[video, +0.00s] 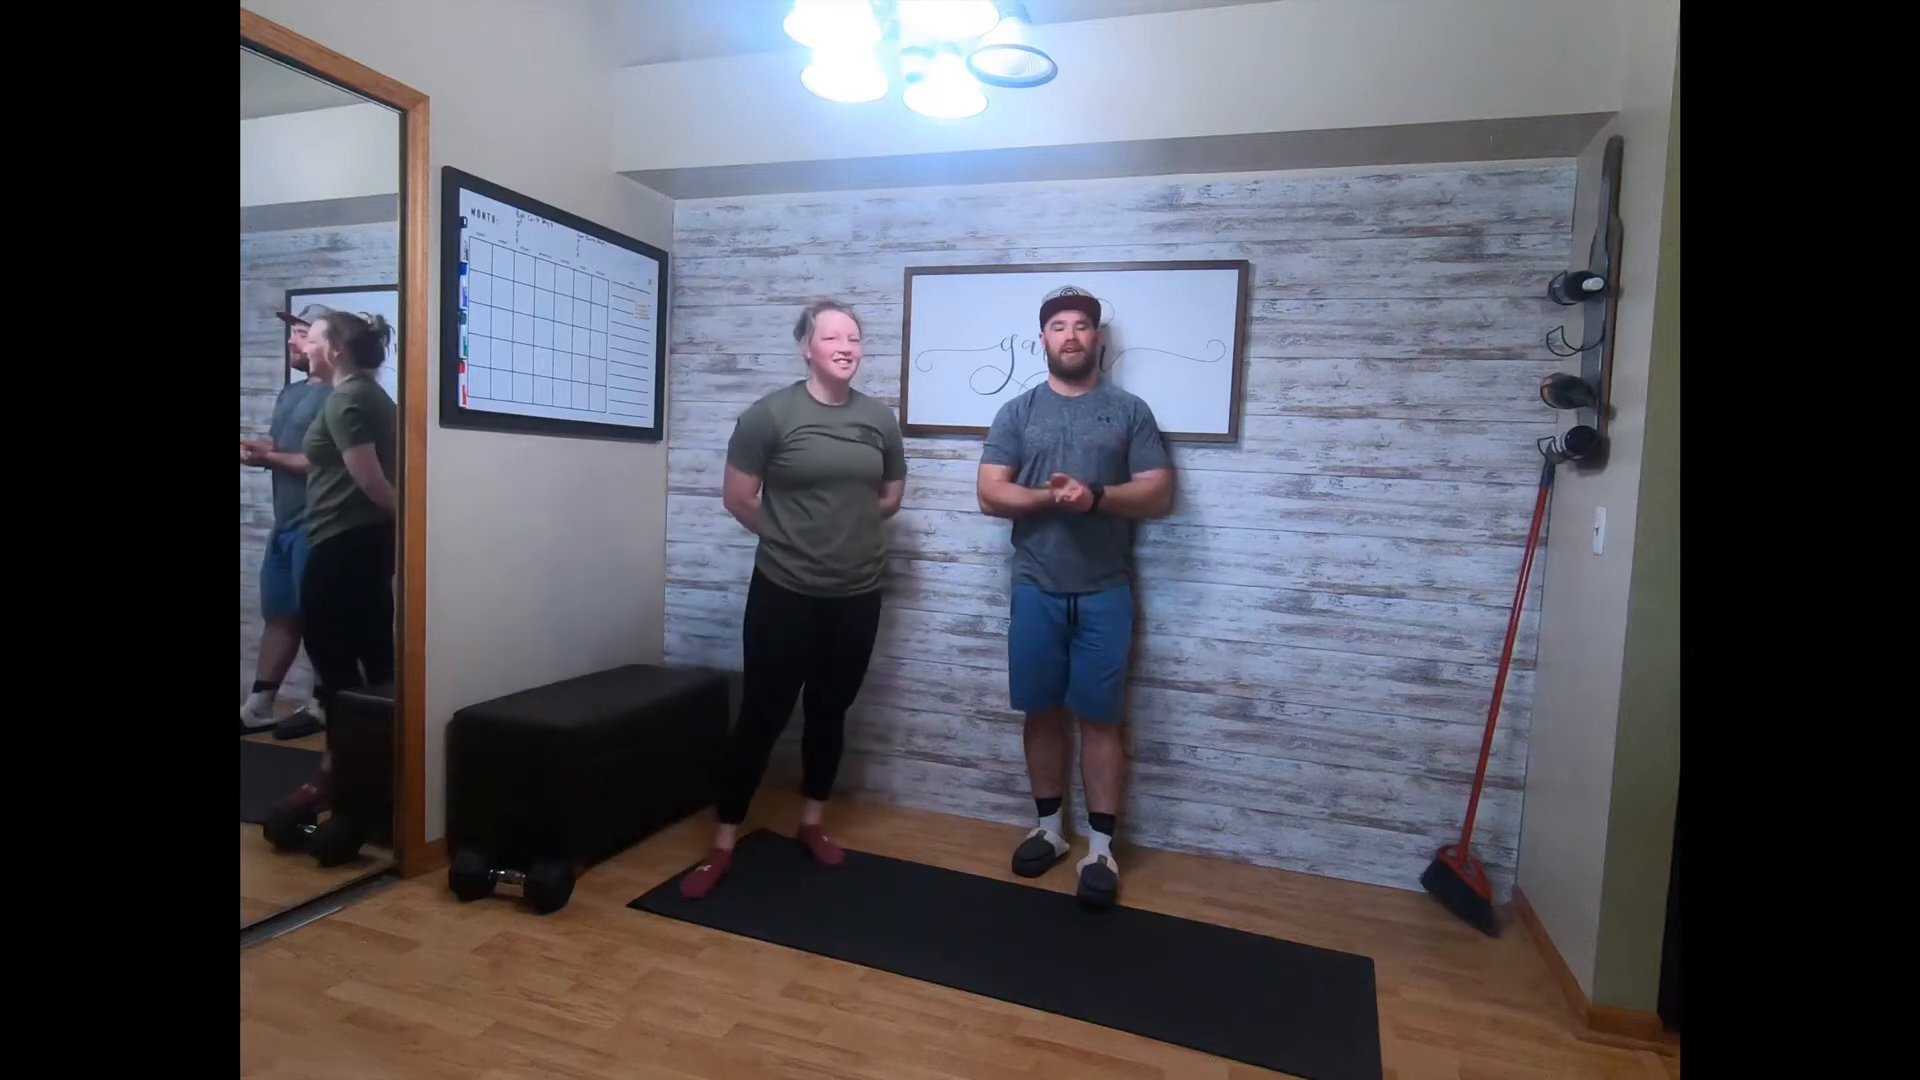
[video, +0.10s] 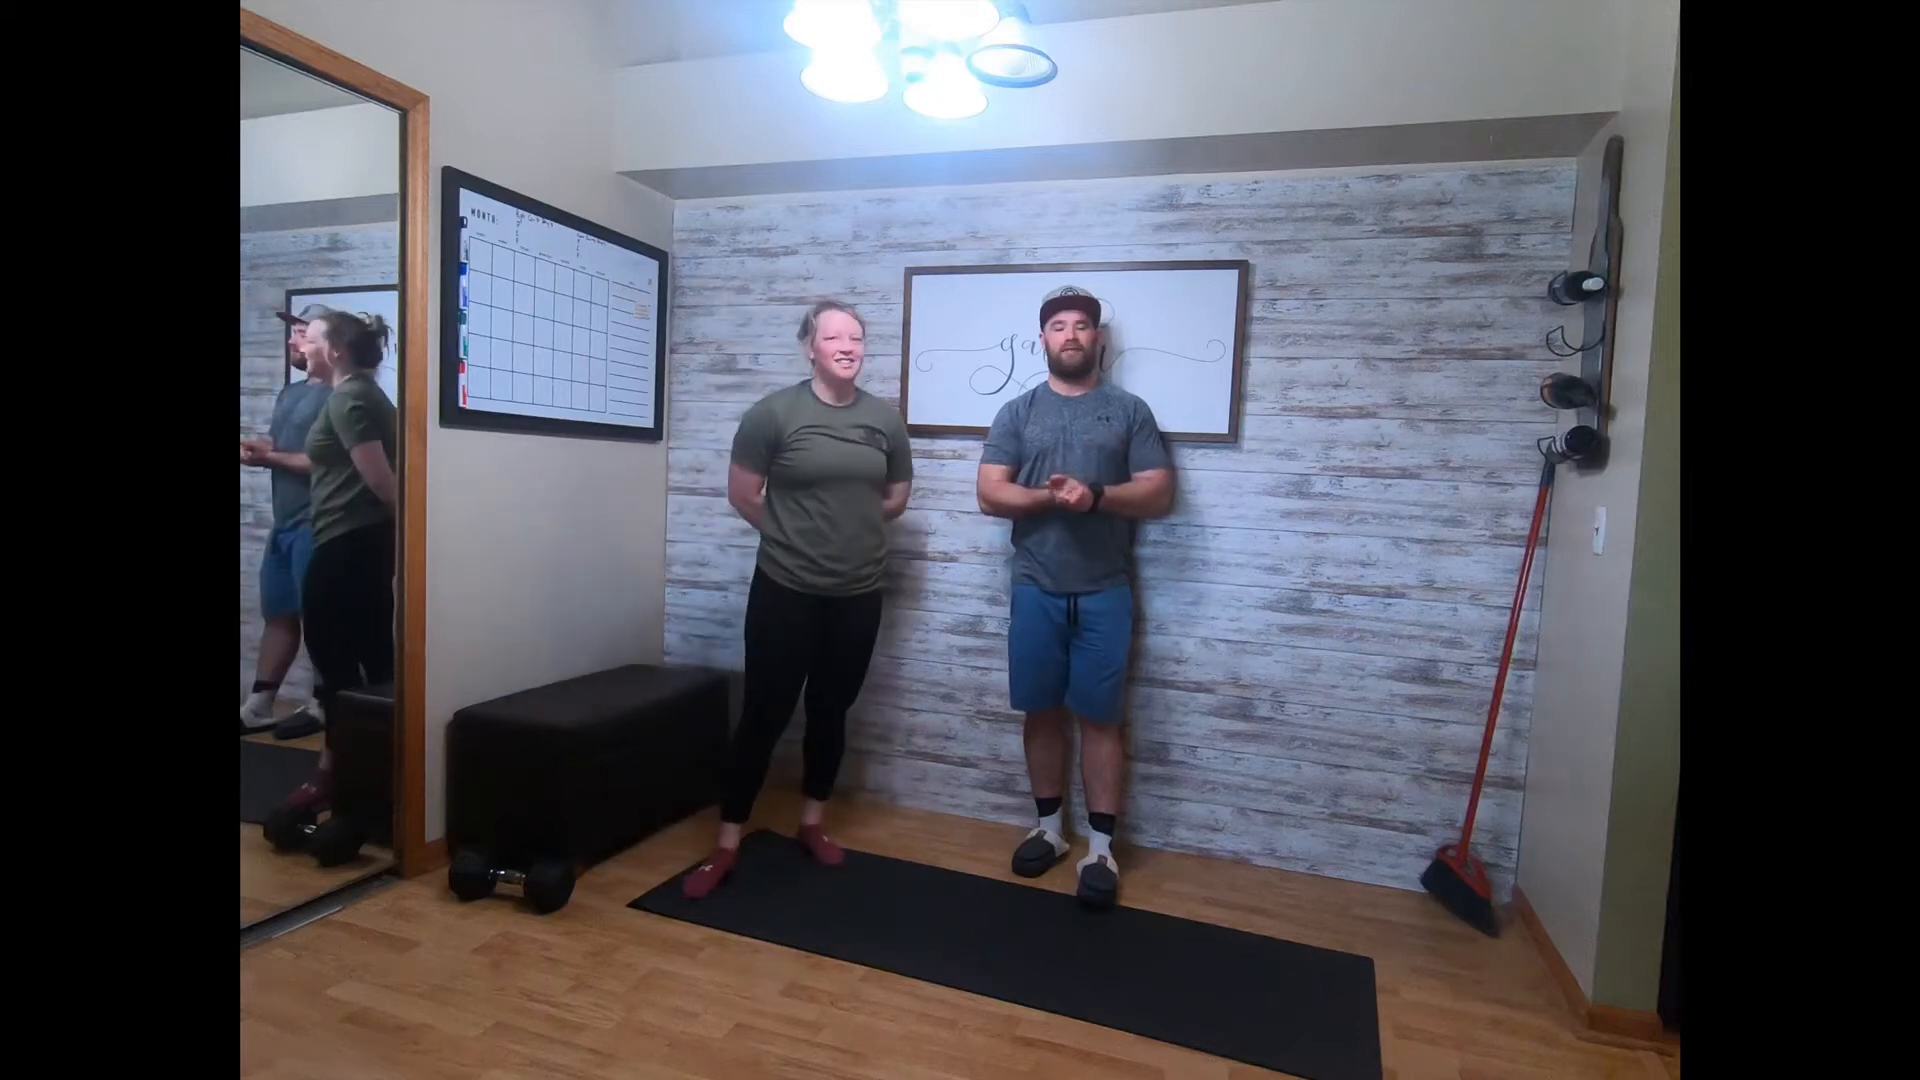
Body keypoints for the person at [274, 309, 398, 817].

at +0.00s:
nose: (312, 347)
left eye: (318, 340)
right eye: (315, 339)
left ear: (337, 351)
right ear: (362, 354)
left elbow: (370, 477)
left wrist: (410, 513)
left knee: (326, 646)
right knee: (377, 644)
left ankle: (347, 756)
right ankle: (390, 749)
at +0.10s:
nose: (309, 347)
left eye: (316, 340)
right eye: (312, 339)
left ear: (336, 352)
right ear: (357, 354)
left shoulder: (349, 399)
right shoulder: (366, 396)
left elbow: (382, 479)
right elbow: (326, 462)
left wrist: (419, 519)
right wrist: (271, 456)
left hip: (347, 542)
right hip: (370, 538)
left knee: (329, 648)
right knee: (376, 648)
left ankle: (341, 766)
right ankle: (387, 759)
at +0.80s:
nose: (308, 350)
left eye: (318, 342)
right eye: (309, 343)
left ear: (349, 348)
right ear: (345, 350)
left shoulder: (364, 397)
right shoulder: (349, 397)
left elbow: (402, 488)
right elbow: (333, 467)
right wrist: (279, 454)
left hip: (362, 542)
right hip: (345, 541)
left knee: (365, 655)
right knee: (360, 653)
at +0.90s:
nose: (311, 350)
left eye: (319, 340)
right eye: (310, 341)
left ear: (350, 346)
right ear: (348, 348)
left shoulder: (364, 396)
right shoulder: (348, 397)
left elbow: (400, 487)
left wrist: (424, 540)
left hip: (360, 541)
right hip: (346, 540)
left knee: (364, 649)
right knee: (359, 645)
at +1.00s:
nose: (311, 348)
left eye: (319, 339)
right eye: (312, 340)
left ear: (349, 345)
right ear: (349, 347)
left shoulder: (361, 393)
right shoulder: (348, 394)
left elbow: (398, 482)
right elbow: (338, 468)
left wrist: (425, 534)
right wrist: (282, 454)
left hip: (358, 540)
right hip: (345, 539)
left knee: (362, 650)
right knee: (360, 649)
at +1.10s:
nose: (308, 345)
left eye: (318, 337)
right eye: (309, 338)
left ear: (349, 345)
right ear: (345, 347)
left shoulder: (360, 390)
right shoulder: (344, 392)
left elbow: (397, 461)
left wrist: (407, 529)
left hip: (358, 538)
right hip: (342, 538)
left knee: (361, 649)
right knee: (355, 647)